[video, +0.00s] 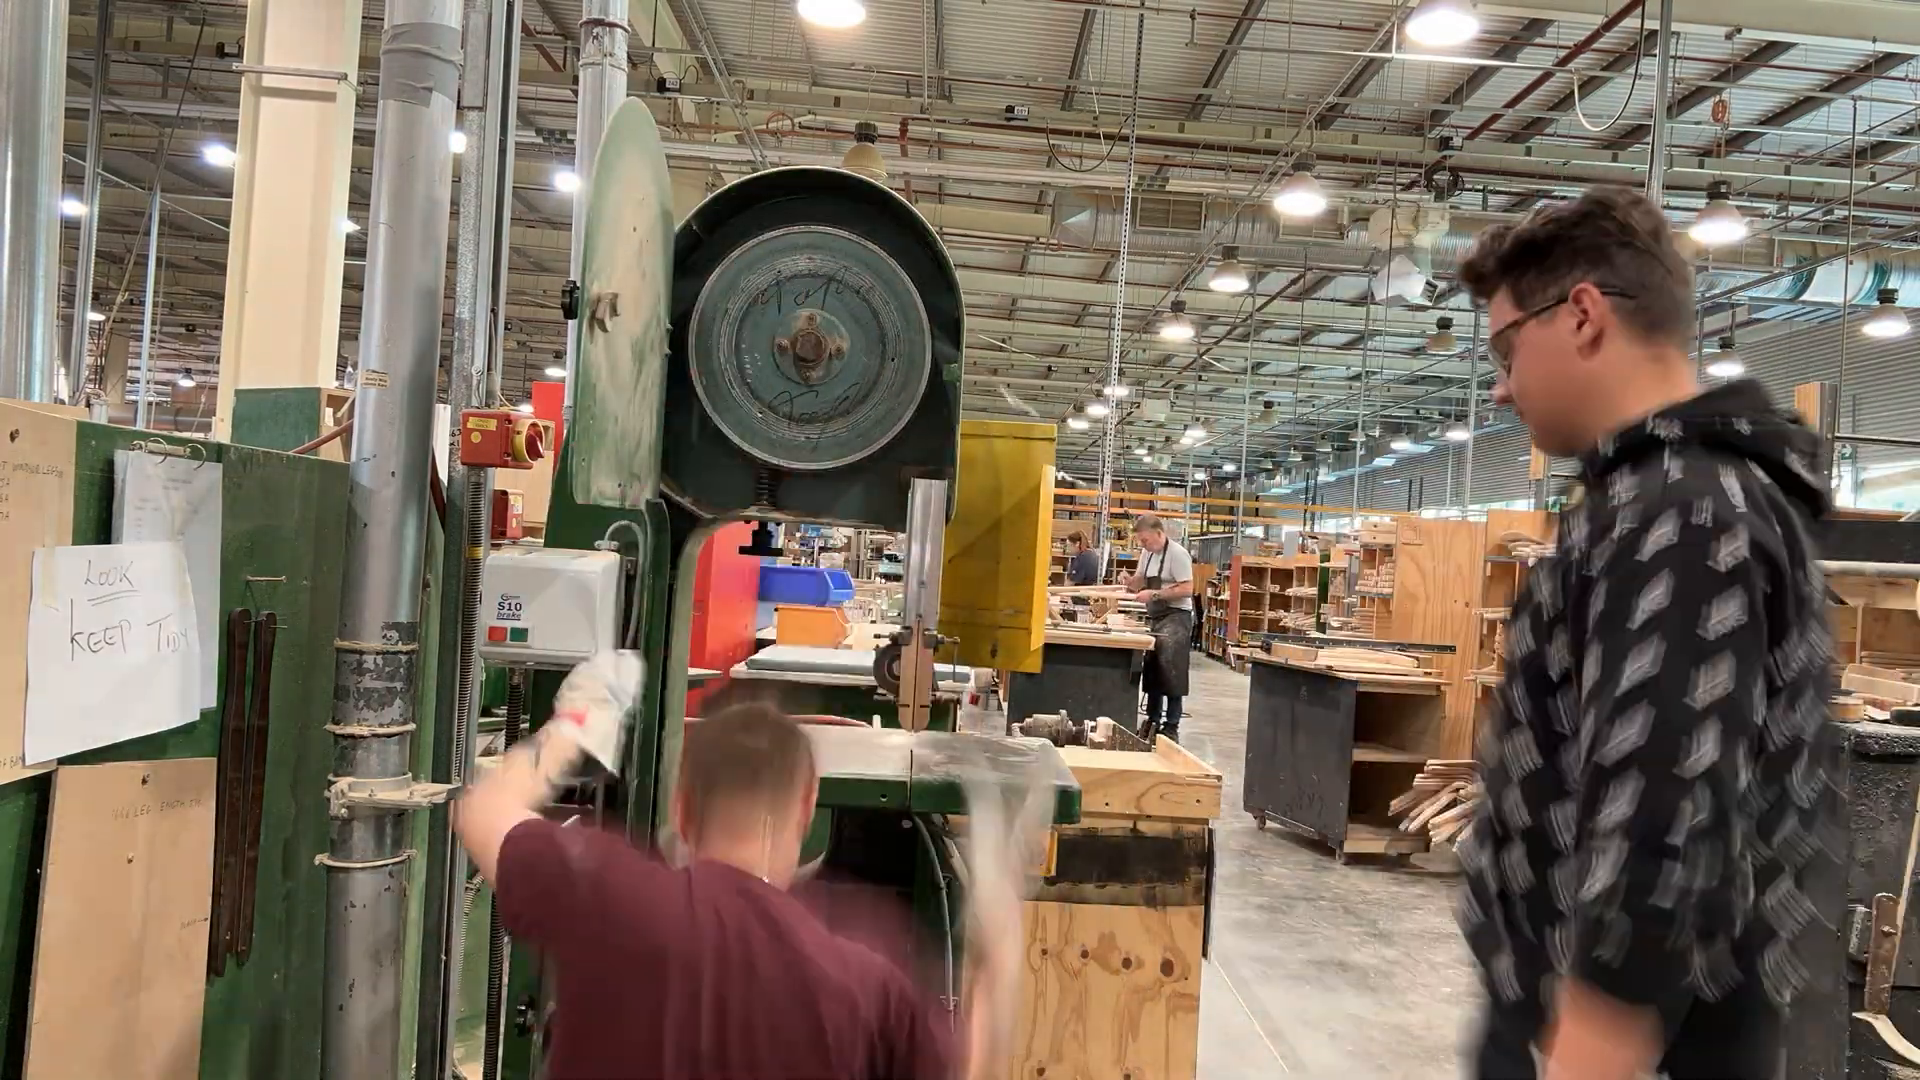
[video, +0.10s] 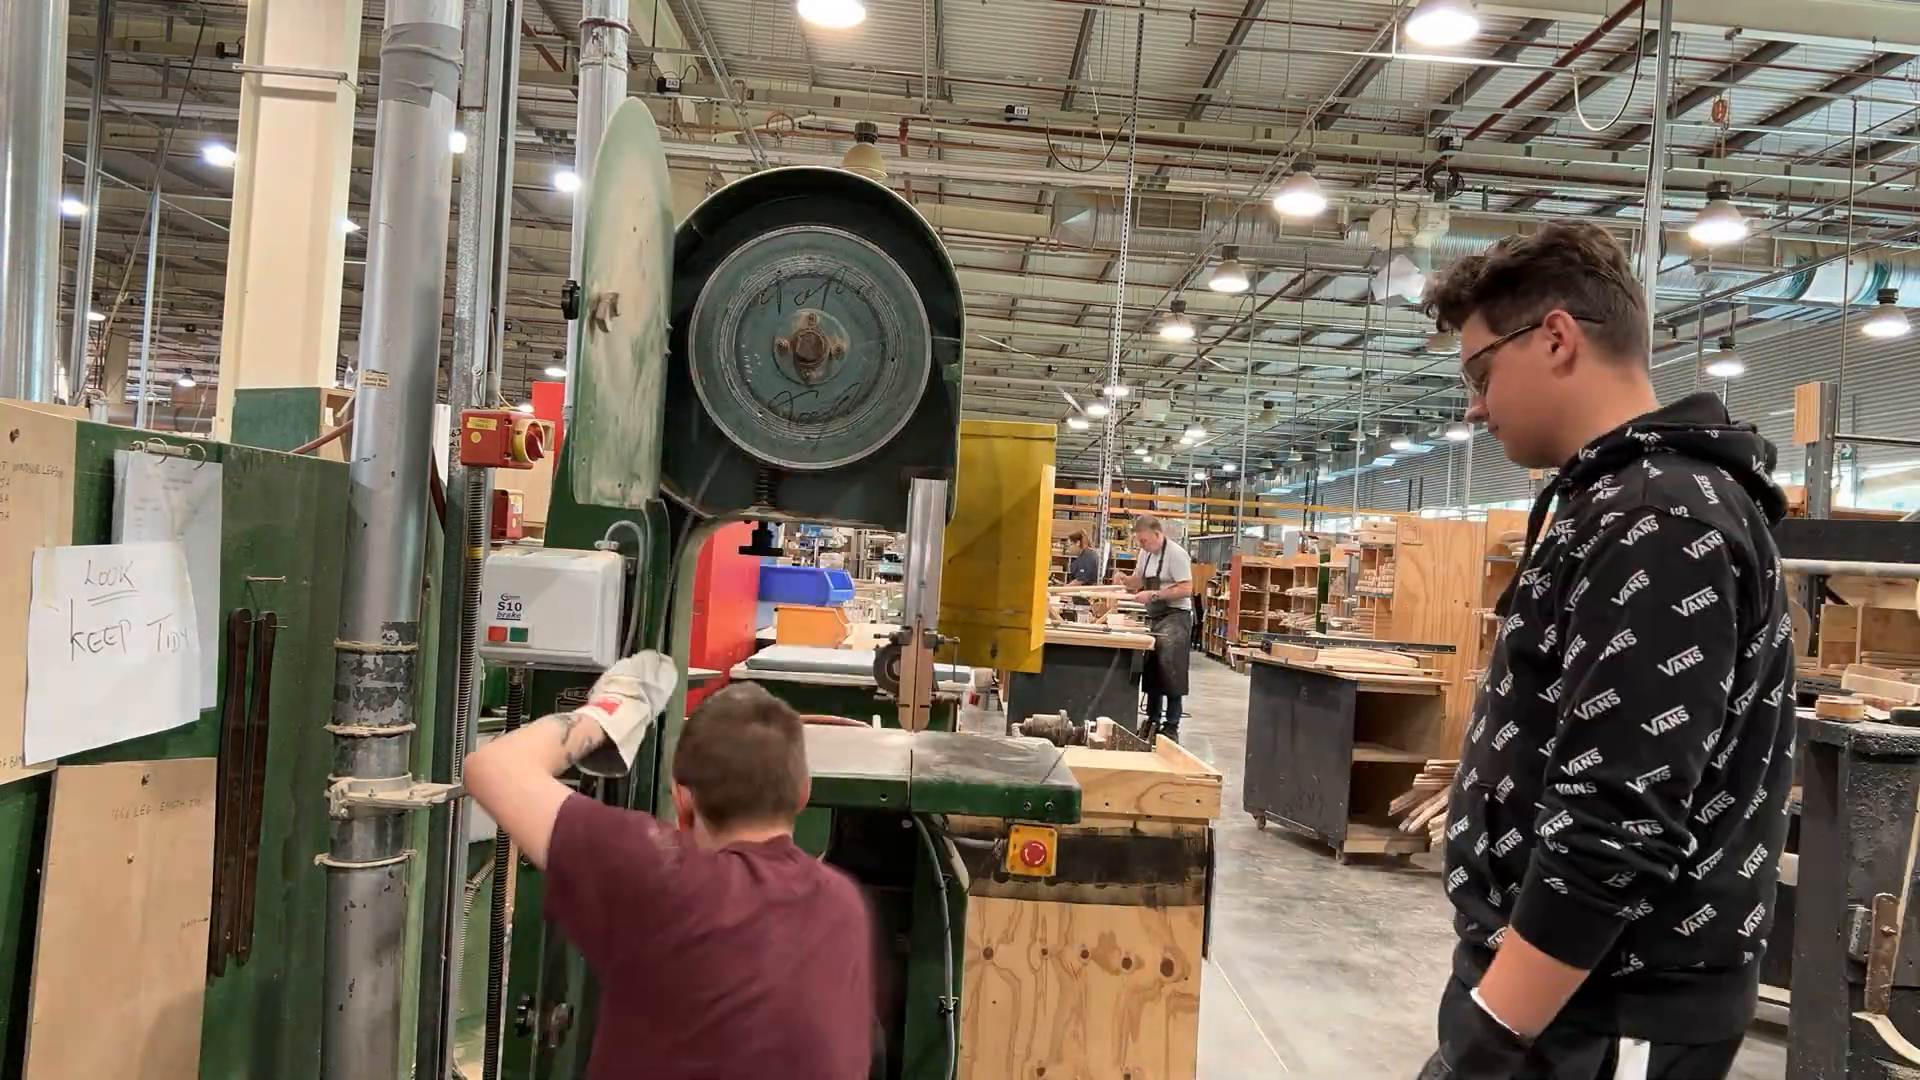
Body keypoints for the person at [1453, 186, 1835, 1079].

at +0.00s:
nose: (1500, 391)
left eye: (1504, 350)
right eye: (1495, 360)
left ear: (1584, 318)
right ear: (1590, 324)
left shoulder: (1688, 505)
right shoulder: (1646, 492)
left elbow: (1650, 848)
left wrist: (1590, 1049)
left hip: (1627, 1031)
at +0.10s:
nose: (1472, 408)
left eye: (1478, 371)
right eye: (1466, 381)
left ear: (1557, 341)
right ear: (1562, 345)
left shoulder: (1664, 517)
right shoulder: (1626, 505)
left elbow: (1611, 825)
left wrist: (1490, 1026)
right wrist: (1500, 996)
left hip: (1612, 1023)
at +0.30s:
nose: (1731, 389)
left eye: (1747, 352)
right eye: (1730, 359)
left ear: (1851, 331)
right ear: (1850, 333)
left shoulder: (1912, 555)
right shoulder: (1829, 521)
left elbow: (1914, 887)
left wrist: (1861, 1061)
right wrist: (1703, 997)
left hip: (1800, 1054)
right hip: (1703, 1021)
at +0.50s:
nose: (1715, 392)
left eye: (1731, 354)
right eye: (1714, 361)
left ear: (1832, 330)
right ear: (1830, 335)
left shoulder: (1910, 565)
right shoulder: (1820, 524)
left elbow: (1907, 908)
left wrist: (1846, 1063)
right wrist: (1696, 1003)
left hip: (1787, 1054)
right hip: (1695, 1022)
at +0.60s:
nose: (1496, 374)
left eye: (1505, 335)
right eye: (1495, 342)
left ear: (1590, 314)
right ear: (1592, 318)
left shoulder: (1718, 533)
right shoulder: (1630, 496)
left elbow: (1669, 886)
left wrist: (1568, 1066)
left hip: (1622, 1040)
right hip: (1540, 1007)